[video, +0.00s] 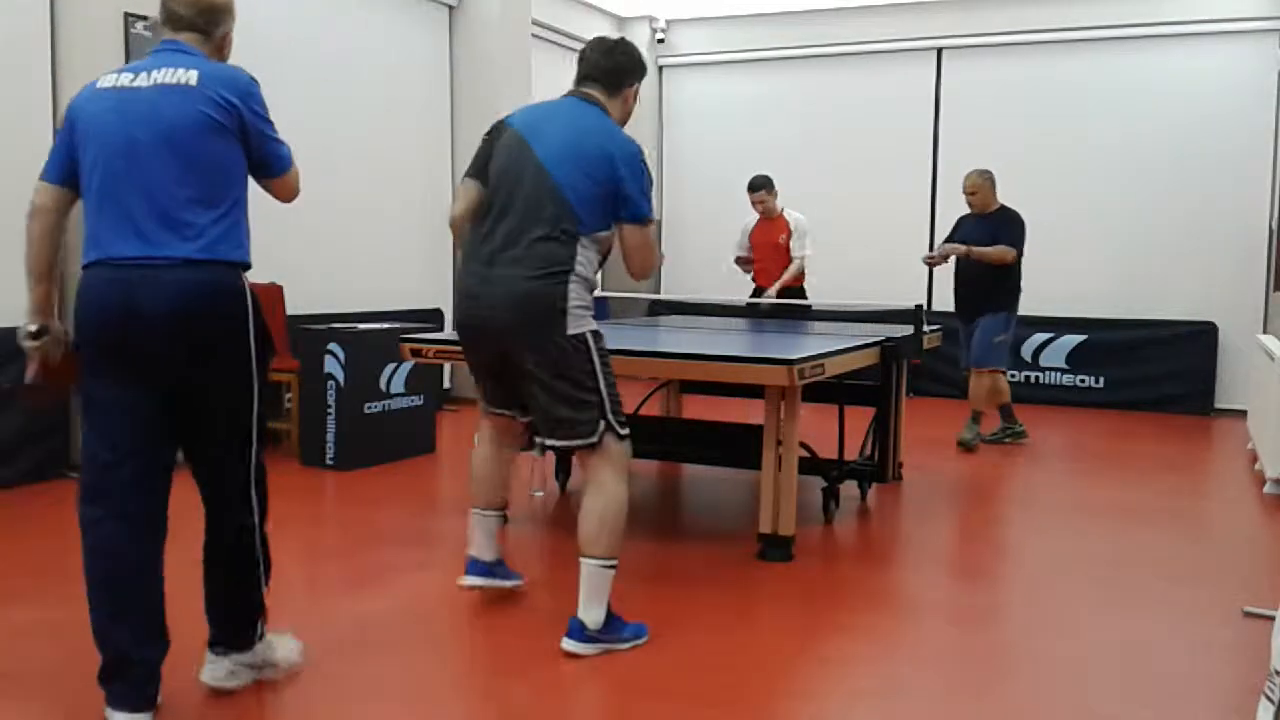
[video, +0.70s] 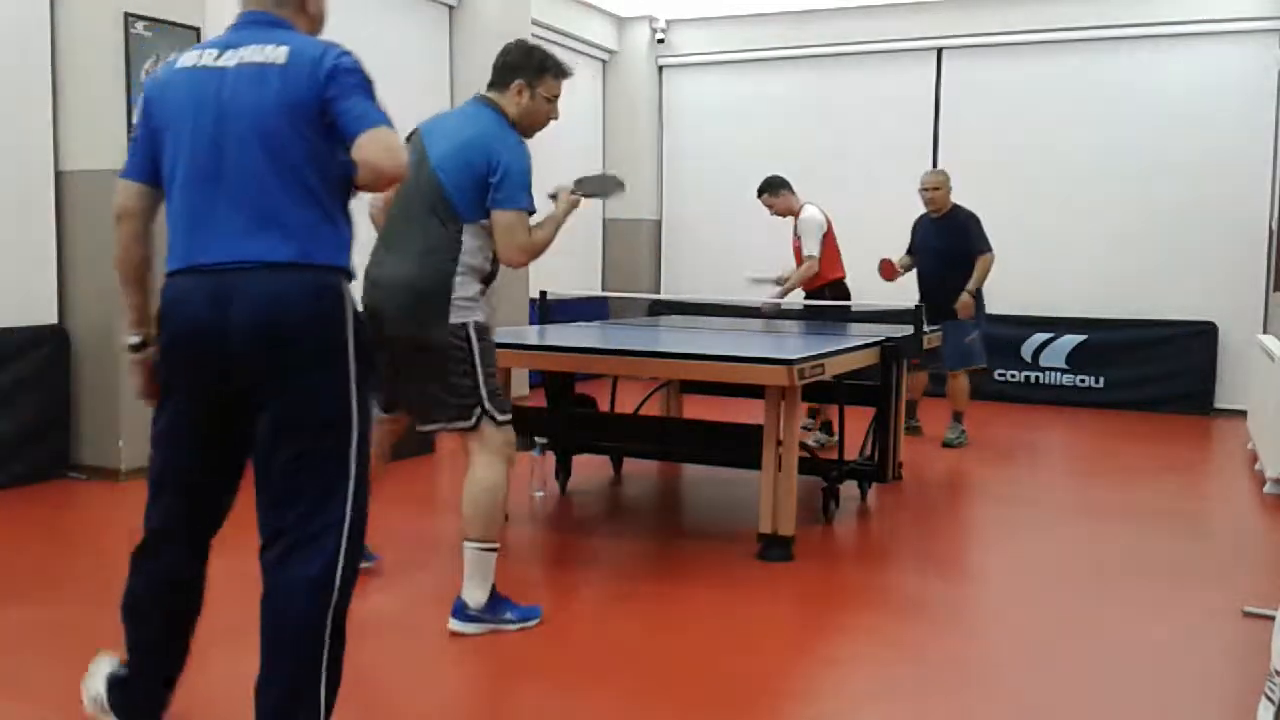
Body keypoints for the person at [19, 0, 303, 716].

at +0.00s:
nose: (233, 45)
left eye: (226, 33)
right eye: (232, 35)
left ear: (162, 29)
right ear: (222, 35)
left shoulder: (91, 95)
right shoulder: (231, 86)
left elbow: (46, 208)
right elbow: (285, 186)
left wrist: (42, 320)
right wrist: (242, 123)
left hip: (110, 303)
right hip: (207, 301)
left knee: (116, 492)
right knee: (232, 479)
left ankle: (129, 694)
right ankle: (235, 644)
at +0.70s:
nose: (325, 13)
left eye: (323, 5)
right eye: (323, 5)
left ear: (245, 5)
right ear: (304, 4)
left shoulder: (168, 76)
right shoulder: (325, 60)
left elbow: (130, 211)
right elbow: (386, 164)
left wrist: (140, 334)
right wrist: (340, 169)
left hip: (196, 310)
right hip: (303, 309)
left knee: (176, 522)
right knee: (309, 533)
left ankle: (138, 697)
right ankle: (294, 707)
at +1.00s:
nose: (362, 11)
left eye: (361, 5)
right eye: (362, 4)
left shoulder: (196, 54)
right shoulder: (358, 41)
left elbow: (158, 193)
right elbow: (387, 141)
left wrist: (202, 291)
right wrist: (386, 287)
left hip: (215, 305)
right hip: (323, 302)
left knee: (221, 541)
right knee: (330, 538)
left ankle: (224, 708)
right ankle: (301, 709)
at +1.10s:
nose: (362, 8)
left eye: (361, 1)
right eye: (361, 1)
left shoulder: (192, 52)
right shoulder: (356, 43)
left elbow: (156, 197)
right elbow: (376, 153)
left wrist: (202, 298)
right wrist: (363, 307)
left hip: (219, 310)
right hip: (326, 304)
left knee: (232, 546)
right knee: (332, 547)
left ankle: (239, 709)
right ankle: (304, 708)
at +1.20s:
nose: (361, 5)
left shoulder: (186, 55)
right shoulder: (353, 41)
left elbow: (149, 205)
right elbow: (365, 153)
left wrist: (187, 321)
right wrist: (346, 300)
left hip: (217, 308)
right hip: (328, 305)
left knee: (229, 551)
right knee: (335, 550)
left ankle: (233, 709)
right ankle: (301, 707)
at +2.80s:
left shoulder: (398, 69)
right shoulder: (588, 38)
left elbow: (361, 234)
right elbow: (651, 173)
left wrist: (435, 291)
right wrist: (611, 247)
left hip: (444, 335)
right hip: (572, 332)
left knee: (420, 595)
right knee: (633, 581)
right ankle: (686, 707)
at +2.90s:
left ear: (500, 2)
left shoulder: (441, 74)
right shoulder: (636, 50)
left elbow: (399, 234)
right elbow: (707, 183)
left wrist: (463, 293)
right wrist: (645, 250)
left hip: (482, 340)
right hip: (612, 337)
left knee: (445, 598)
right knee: (665, 591)